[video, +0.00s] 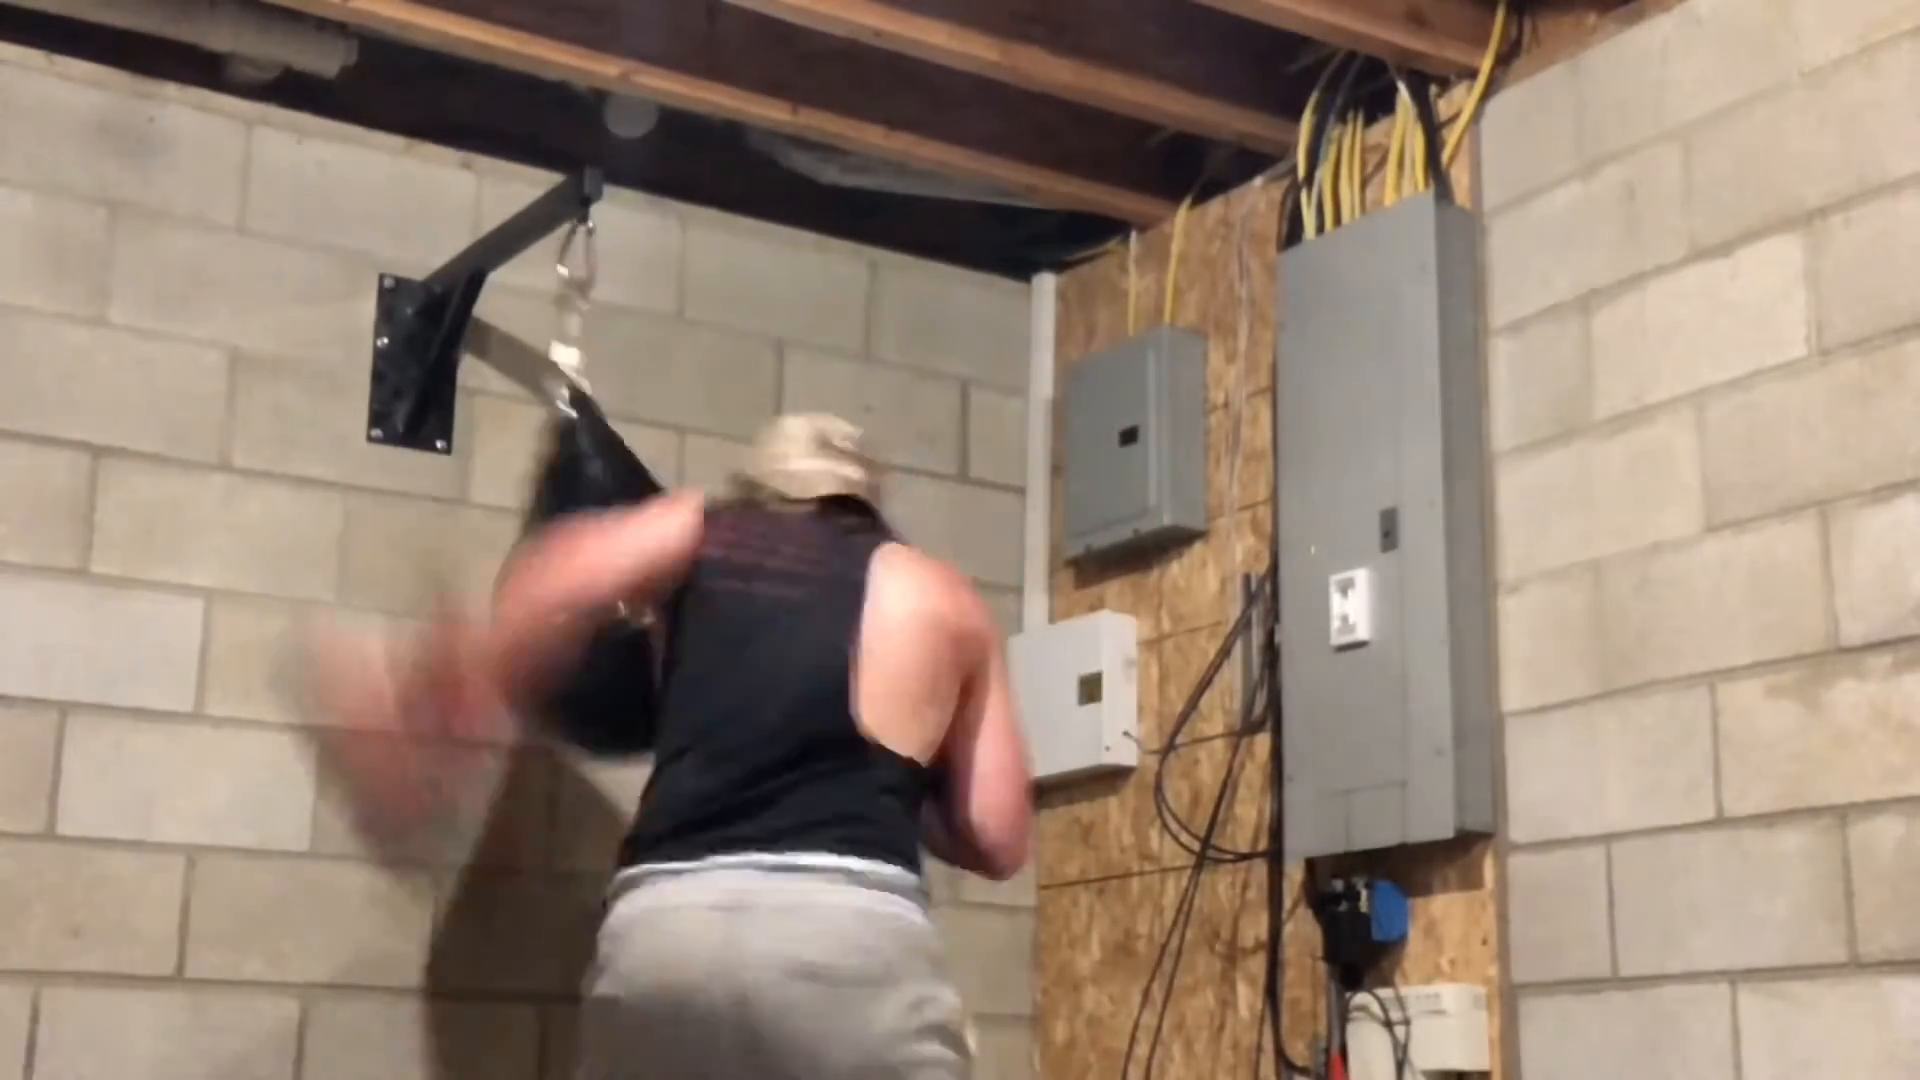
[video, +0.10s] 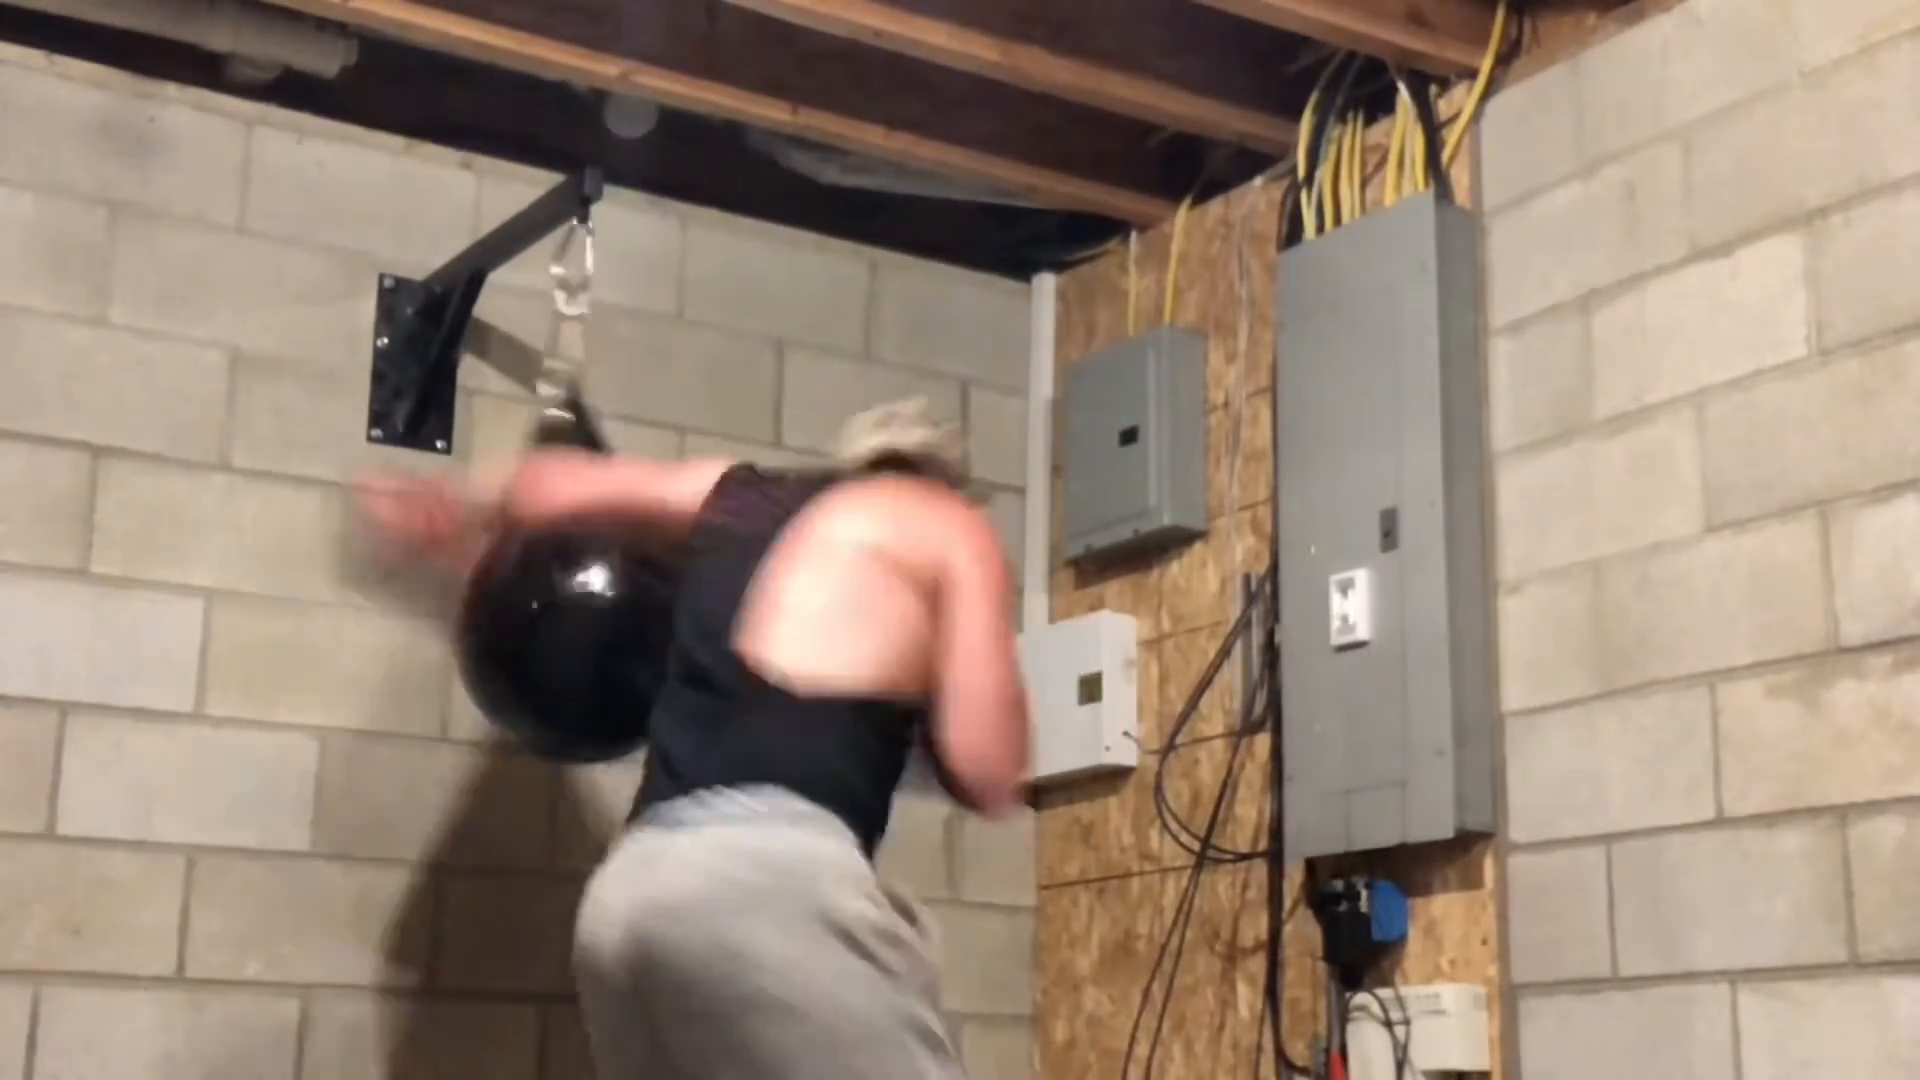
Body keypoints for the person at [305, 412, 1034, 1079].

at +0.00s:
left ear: (755, 484)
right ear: (872, 499)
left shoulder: (697, 523)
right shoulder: (951, 600)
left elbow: (554, 578)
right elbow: (998, 842)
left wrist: (473, 693)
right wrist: (891, 768)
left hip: (665, 932)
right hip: (859, 939)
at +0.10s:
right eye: (962, 499)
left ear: (851, 458)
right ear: (945, 479)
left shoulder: (738, 492)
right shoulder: (952, 529)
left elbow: (545, 484)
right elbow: (988, 770)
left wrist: (460, 512)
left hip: (625, 891)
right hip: (773, 893)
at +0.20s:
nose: (989, 545)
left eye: (997, 528)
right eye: (995, 522)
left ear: (903, 432)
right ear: (985, 480)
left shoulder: (747, 480)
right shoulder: (932, 488)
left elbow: (552, 544)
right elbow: (954, 733)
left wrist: (534, 616)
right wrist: (1012, 662)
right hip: (750, 869)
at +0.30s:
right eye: (973, 494)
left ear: (848, 441)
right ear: (958, 477)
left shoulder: (728, 500)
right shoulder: (959, 536)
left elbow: (590, 652)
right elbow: (973, 792)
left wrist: (692, 712)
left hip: (587, 895)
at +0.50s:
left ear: (841, 447)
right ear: (966, 459)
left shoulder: (728, 524)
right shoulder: (987, 531)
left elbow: (597, 721)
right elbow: (1020, 786)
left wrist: (703, 734)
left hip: (629, 930)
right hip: (807, 942)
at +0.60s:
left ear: (850, 411)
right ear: (977, 413)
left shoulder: (731, 497)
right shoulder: (1008, 492)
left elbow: (601, 679)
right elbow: (1042, 740)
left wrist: (722, 707)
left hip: (674, 885)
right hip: (854, 889)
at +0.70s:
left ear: (861, 374)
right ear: (989, 376)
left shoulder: (746, 453)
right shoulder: (1044, 456)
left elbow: (626, 633)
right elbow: (1089, 699)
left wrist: (742, 679)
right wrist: (984, 691)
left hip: (719, 868)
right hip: (910, 869)